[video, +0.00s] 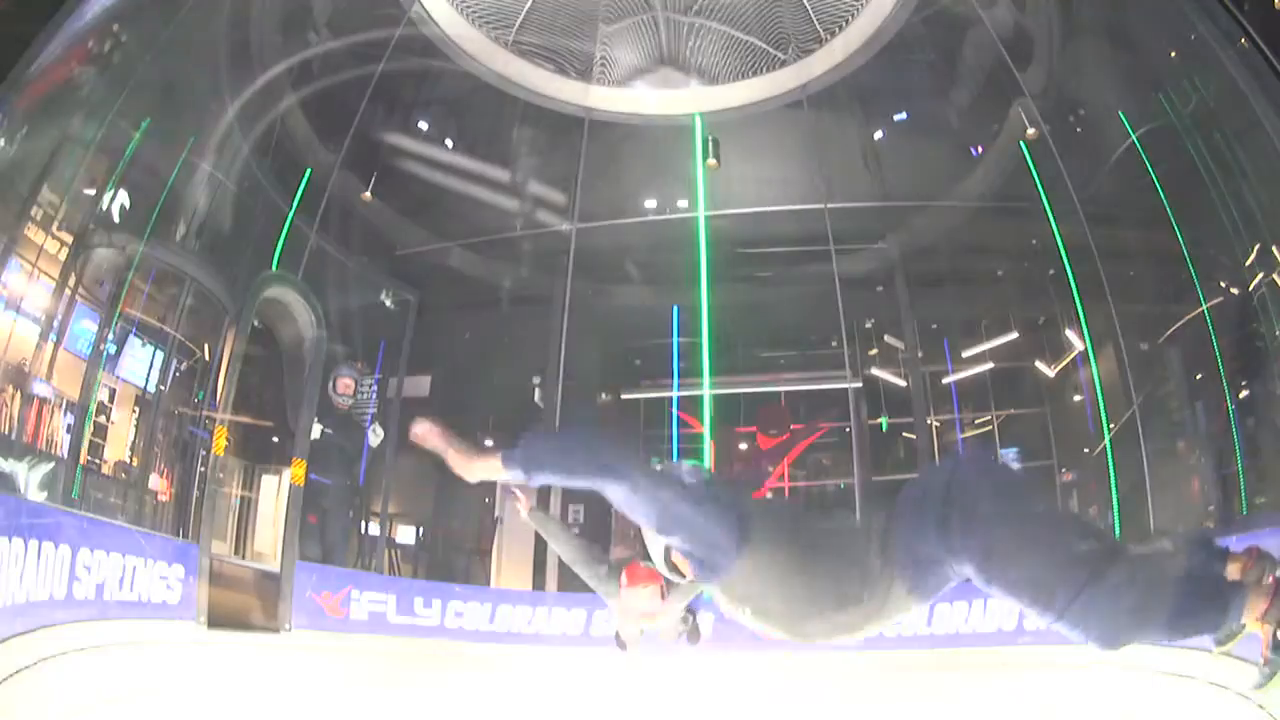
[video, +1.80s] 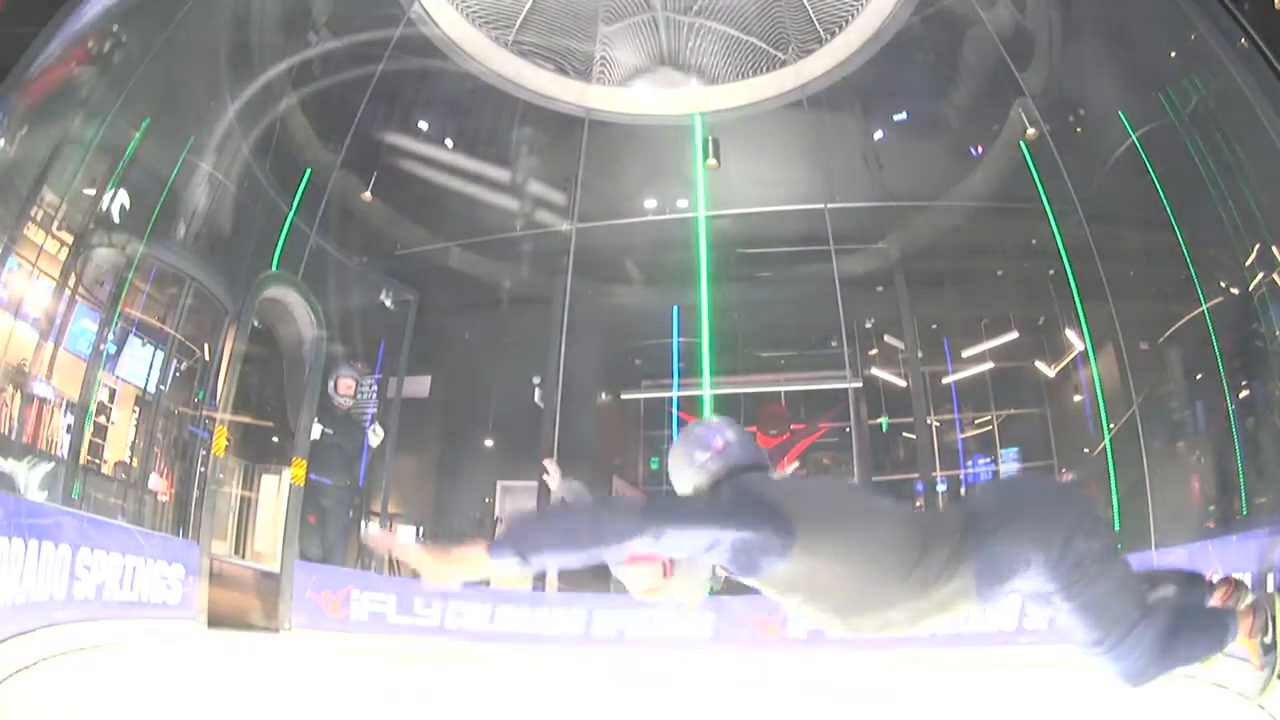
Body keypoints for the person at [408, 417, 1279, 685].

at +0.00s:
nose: (645, 590)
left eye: (634, 585)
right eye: (636, 597)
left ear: (650, 564)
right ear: (655, 595)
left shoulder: (717, 542)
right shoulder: (737, 597)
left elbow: (616, 465)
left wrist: (488, 459)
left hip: (955, 504)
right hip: (950, 539)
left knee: (1101, 604)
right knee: (1108, 585)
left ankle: (1248, 596)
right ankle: (1243, 580)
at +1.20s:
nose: (687, 516)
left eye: (688, 501)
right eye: (686, 501)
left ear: (718, 488)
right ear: (735, 477)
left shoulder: (763, 518)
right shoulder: (783, 516)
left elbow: (646, 522)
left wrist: (561, 513)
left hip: (997, 543)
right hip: (992, 533)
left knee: (1120, 669)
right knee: (1115, 614)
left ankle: (1248, 622)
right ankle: (1226, 600)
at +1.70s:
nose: (676, 483)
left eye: (683, 472)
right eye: (679, 471)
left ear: (711, 473)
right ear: (730, 469)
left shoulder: (746, 517)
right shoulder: (747, 512)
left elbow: (628, 551)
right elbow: (642, 548)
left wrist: (501, 580)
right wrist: (539, 556)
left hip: (1014, 529)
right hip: (995, 534)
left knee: (1125, 648)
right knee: (1116, 614)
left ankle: (1236, 615)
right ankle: (1222, 601)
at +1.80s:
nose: (655, 566)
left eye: (661, 546)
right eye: (649, 551)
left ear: (696, 517)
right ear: (709, 496)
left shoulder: (757, 519)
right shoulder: (754, 518)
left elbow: (621, 535)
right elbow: (636, 526)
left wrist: (468, 557)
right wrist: (539, 518)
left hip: (1025, 530)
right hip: (1006, 540)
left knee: (1139, 653)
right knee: (1131, 607)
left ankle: (1245, 616)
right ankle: (1233, 603)